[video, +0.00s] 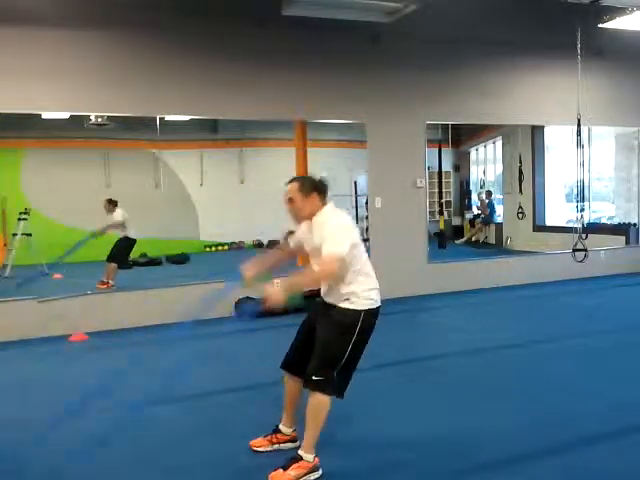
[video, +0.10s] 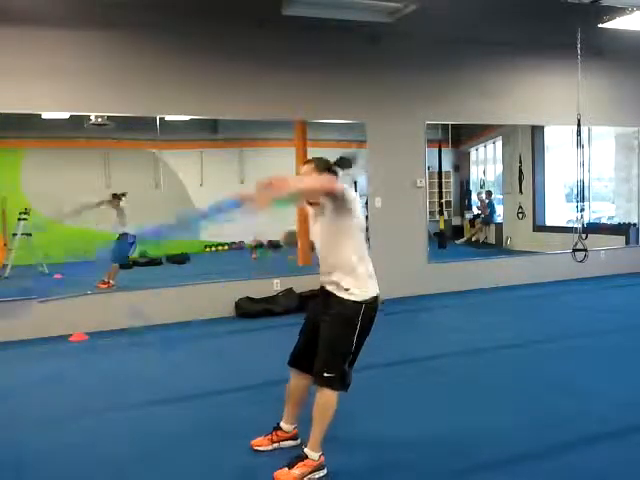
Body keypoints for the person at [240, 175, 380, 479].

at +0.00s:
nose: (289, 207)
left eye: (292, 200)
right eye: (288, 201)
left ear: (313, 198)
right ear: (310, 200)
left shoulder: (335, 222)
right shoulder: (309, 224)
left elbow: (330, 269)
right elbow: (286, 250)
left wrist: (285, 286)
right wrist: (256, 266)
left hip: (356, 305)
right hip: (328, 300)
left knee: (321, 380)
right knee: (294, 366)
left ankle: (308, 458)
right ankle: (287, 430)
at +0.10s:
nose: (304, 189)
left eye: (308, 181)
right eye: (301, 182)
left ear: (325, 178)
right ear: (303, 183)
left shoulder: (343, 197)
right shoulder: (316, 205)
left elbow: (326, 182)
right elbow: (291, 189)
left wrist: (286, 185)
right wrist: (259, 199)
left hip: (357, 297)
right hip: (330, 292)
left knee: (329, 377)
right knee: (301, 365)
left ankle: (314, 456)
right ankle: (287, 429)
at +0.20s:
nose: (283, 208)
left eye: (287, 201)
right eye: (280, 202)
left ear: (308, 196)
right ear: (287, 201)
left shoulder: (328, 214)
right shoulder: (303, 221)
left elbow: (335, 192)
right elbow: (294, 187)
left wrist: (325, 180)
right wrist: (279, 168)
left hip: (355, 298)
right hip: (327, 295)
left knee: (323, 375)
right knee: (295, 364)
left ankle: (313, 454)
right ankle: (289, 428)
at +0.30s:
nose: (268, 231)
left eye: (270, 224)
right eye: (266, 225)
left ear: (285, 221)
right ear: (279, 222)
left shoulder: (309, 239)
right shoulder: (294, 239)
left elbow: (326, 268)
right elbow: (265, 239)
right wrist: (254, 234)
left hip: (356, 309)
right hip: (326, 306)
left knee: (314, 378)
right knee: (289, 367)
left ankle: (308, 456)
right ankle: (284, 431)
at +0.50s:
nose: (267, 231)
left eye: (270, 226)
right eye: (267, 225)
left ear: (290, 226)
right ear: (286, 227)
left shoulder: (316, 253)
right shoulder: (293, 250)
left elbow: (331, 307)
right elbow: (297, 288)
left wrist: (305, 347)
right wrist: (279, 317)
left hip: (357, 312)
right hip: (328, 310)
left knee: (313, 380)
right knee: (290, 367)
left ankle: (307, 458)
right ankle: (285, 432)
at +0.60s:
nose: (295, 199)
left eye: (300, 193)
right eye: (294, 193)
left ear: (322, 191)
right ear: (317, 193)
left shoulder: (337, 213)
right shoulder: (318, 216)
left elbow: (312, 241)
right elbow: (294, 235)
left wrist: (270, 246)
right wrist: (267, 238)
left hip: (351, 305)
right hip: (325, 299)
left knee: (311, 379)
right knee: (287, 367)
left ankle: (308, 458)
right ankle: (285, 430)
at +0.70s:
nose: (296, 194)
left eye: (301, 186)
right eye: (293, 187)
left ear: (318, 183)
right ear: (295, 190)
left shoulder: (337, 204)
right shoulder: (312, 210)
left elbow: (332, 172)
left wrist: (282, 165)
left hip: (350, 300)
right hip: (323, 296)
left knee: (310, 378)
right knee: (286, 366)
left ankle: (310, 457)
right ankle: (285, 429)